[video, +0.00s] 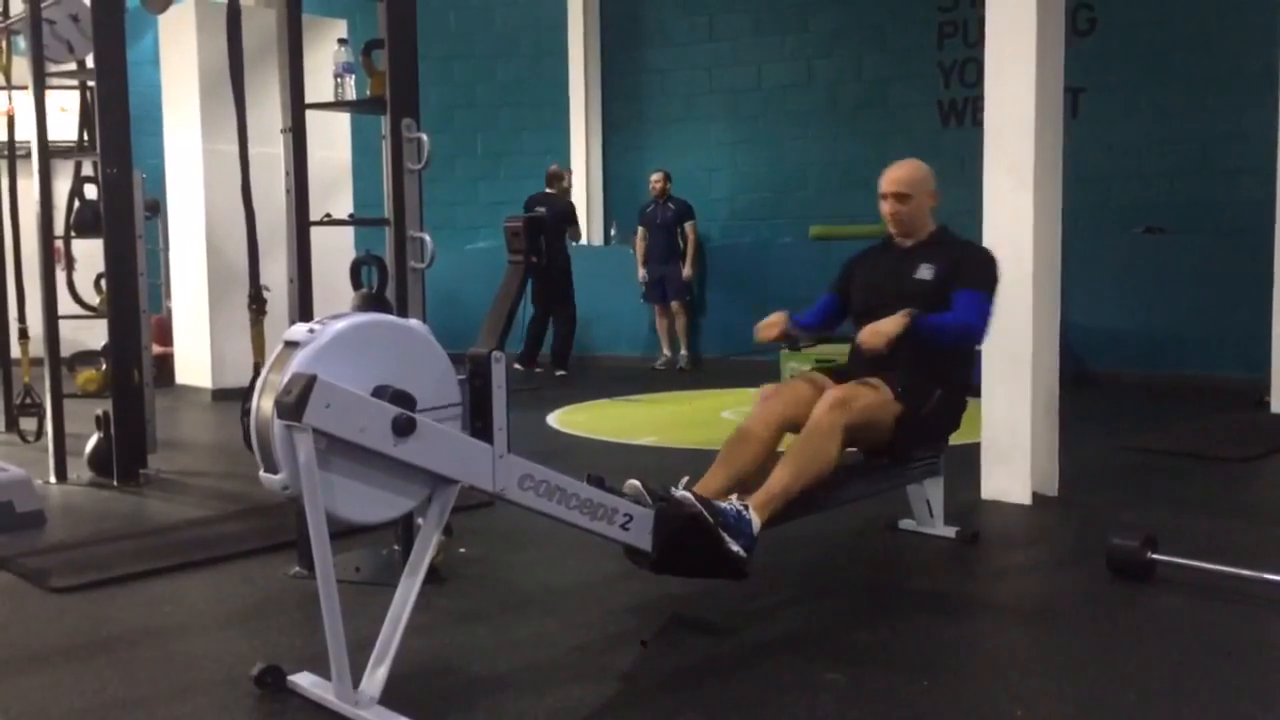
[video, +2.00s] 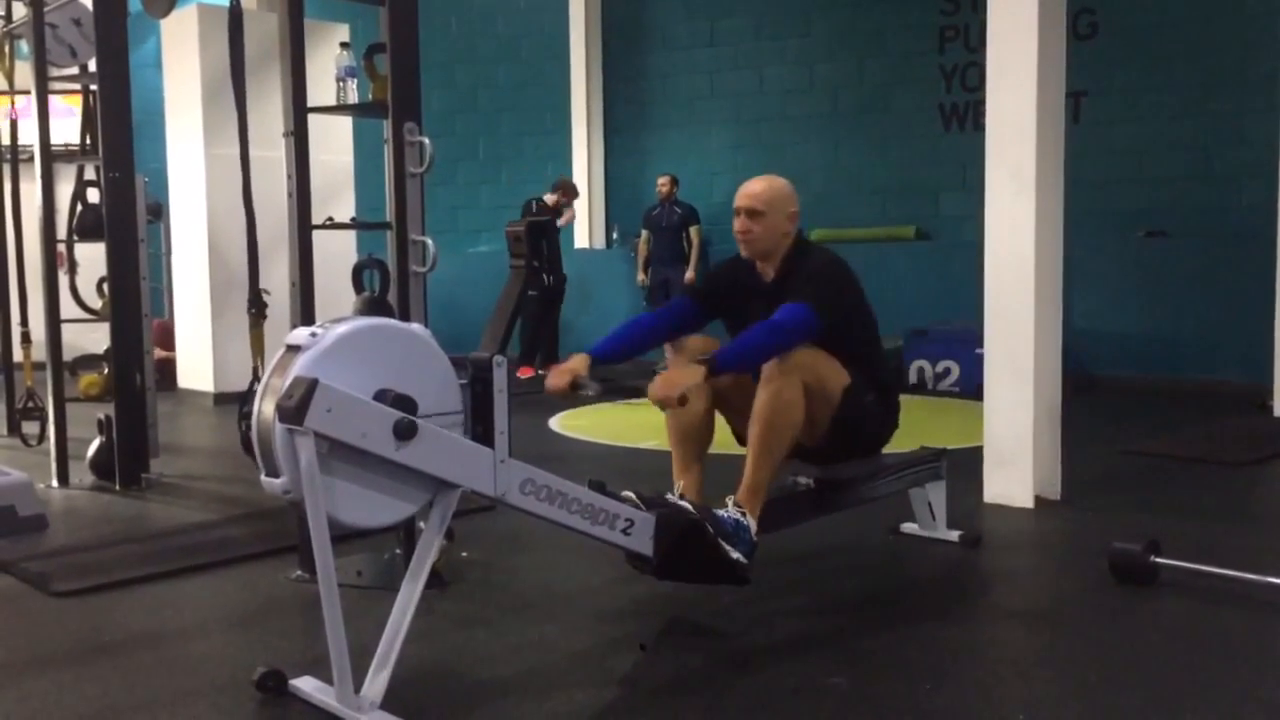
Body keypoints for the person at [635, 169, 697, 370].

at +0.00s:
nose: (653, 186)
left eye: (657, 182)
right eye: (651, 182)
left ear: (667, 184)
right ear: (649, 186)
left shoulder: (681, 206)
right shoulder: (645, 209)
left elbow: (691, 235)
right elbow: (640, 238)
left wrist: (688, 264)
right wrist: (640, 266)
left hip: (675, 265)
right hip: (653, 266)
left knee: (676, 307)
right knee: (660, 310)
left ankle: (683, 351)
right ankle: (665, 352)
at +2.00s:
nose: (659, 189)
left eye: (663, 185)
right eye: (658, 186)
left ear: (674, 188)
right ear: (656, 188)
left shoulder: (687, 211)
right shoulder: (650, 212)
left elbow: (695, 241)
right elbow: (643, 242)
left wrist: (691, 269)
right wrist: (640, 269)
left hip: (679, 270)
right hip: (656, 270)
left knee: (680, 312)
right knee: (660, 313)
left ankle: (681, 358)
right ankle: (667, 357)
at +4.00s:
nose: (659, 201)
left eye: (663, 198)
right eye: (657, 198)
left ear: (673, 200)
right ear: (656, 200)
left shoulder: (685, 223)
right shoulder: (649, 224)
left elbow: (694, 253)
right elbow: (642, 254)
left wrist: (689, 280)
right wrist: (640, 282)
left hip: (677, 281)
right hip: (655, 281)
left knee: (677, 323)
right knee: (660, 324)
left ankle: (683, 367)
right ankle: (666, 367)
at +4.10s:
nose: (659, 202)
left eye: (663, 199)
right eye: (657, 199)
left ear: (673, 201)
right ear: (656, 201)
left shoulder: (685, 224)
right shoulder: (649, 225)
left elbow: (694, 254)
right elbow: (642, 255)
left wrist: (690, 281)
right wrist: (640, 283)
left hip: (677, 281)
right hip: (655, 281)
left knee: (678, 323)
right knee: (661, 325)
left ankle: (684, 367)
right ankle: (666, 368)